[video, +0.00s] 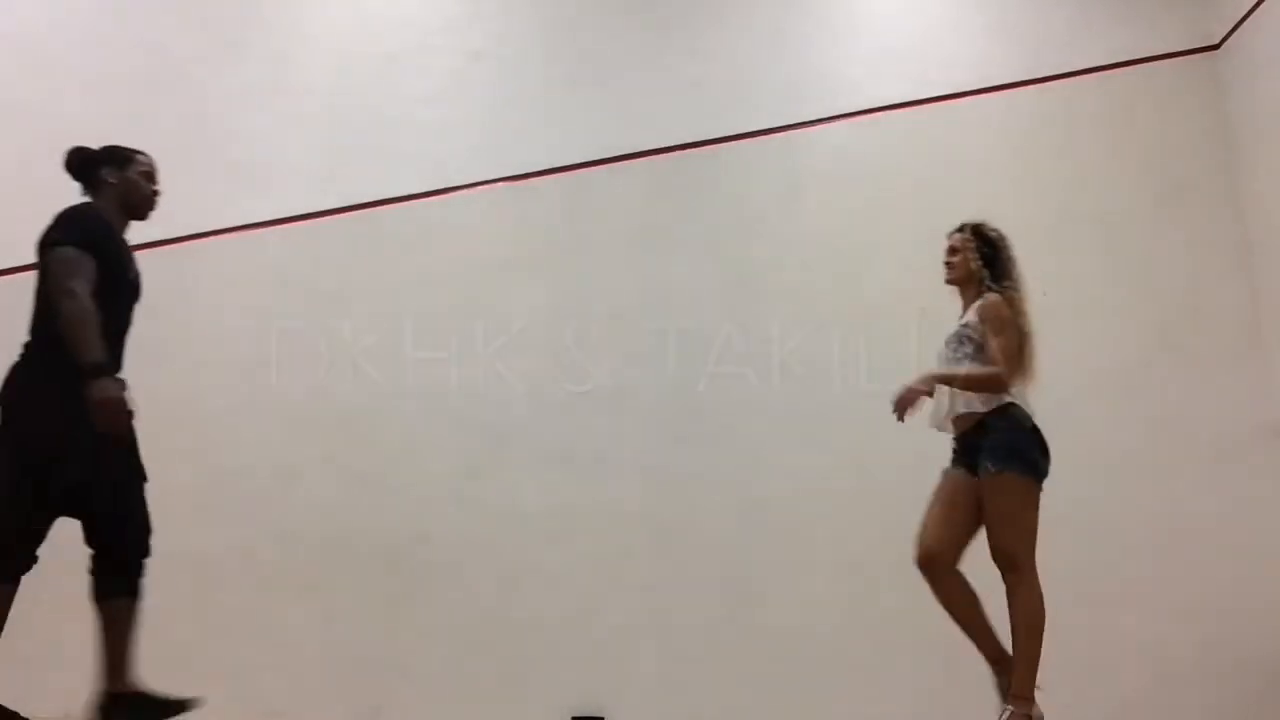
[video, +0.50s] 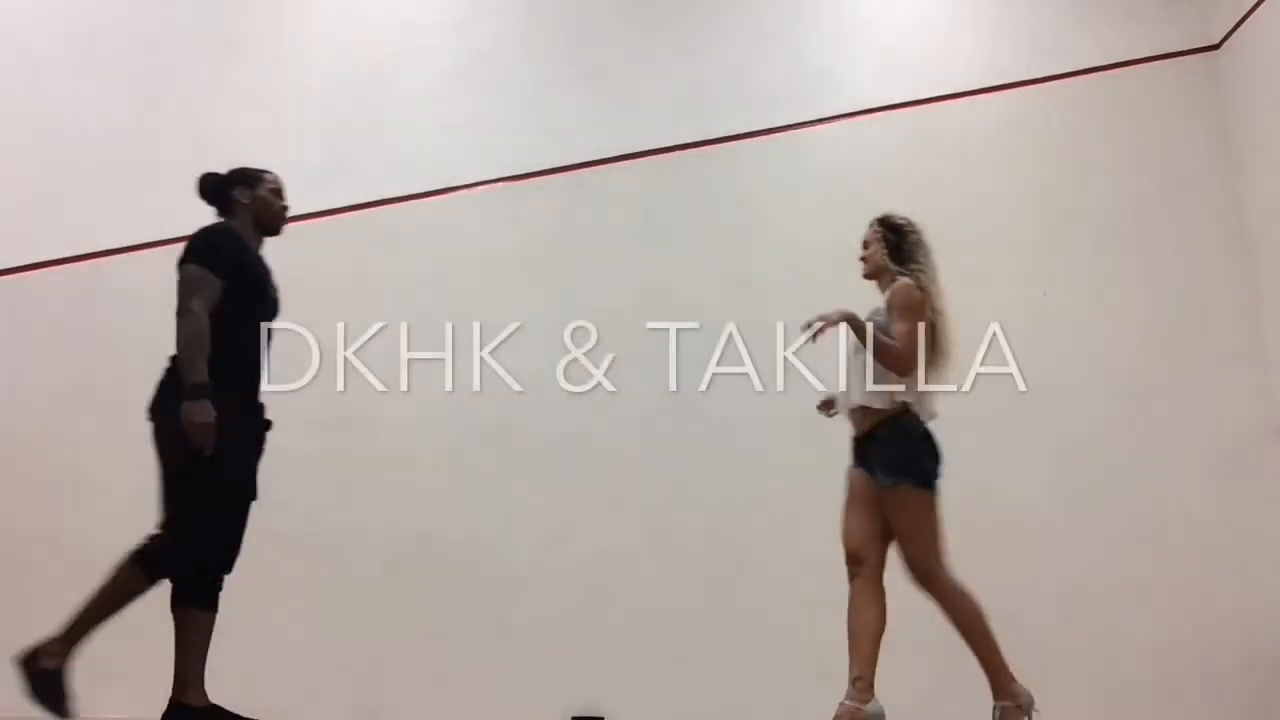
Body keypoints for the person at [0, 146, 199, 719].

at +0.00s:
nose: (156, 190)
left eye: (156, 181)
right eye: (147, 177)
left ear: (117, 181)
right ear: (111, 176)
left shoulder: (107, 240)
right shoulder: (80, 224)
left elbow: (82, 318)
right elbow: (69, 296)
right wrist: (100, 377)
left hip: (86, 409)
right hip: (51, 407)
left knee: (123, 539)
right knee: (13, 547)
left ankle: (119, 686)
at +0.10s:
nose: (181, 193)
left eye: (181, 185)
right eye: (172, 181)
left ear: (142, 186)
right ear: (137, 181)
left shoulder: (131, 243)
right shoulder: (109, 227)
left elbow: (104, 321)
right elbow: (98, 294)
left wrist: (133, 392)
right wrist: (142, 370)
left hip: (115, 413)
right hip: (79, 411)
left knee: (141, 547)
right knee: (26, 548)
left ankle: (173, 682)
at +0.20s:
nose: (208, 201)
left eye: (208, 193)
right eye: (198, 189)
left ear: (167, 193)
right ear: (162, 190)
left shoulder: (165, 253)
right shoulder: (137, 232)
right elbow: (124, 298)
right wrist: (172, 370)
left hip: (147, 418)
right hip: (102, 416)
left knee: (161, 558)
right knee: (46, 551)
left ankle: (179, 694)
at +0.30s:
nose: (237, 202)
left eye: (236, 193)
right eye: (227, 191)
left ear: (199, 196)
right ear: (194, 193)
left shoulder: (196, 254)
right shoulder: (169, 235)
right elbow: (149, 306)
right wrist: (190, 382)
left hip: (175, 421)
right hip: (140, 418)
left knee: (180, 560)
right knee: (80, 547)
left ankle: (187, 696)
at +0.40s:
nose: (262, 200)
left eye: (261, 192)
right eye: (252, 190)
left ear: (224, 199)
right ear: (220, 194)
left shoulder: (226, 257)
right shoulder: (195, 238)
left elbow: (215, 344)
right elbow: (175, 309)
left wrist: (223, 408)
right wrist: (193, 389)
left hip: (211, 419)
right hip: (167, 414)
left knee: (194, 557)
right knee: (133, 543)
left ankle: (189, 697)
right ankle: (12, 656)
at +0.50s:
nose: (285, 202)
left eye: (283, 194)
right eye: (276, 192)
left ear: (249, 201)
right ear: (244, 197)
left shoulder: (248, 258)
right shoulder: (217, 242)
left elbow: (238, 345)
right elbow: (192, 311)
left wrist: (248, 414)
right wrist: (197, 393)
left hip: (232, 421)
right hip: (197, 415)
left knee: (209, 552)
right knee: (183, 541)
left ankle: (189, 697)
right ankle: (52, 653)